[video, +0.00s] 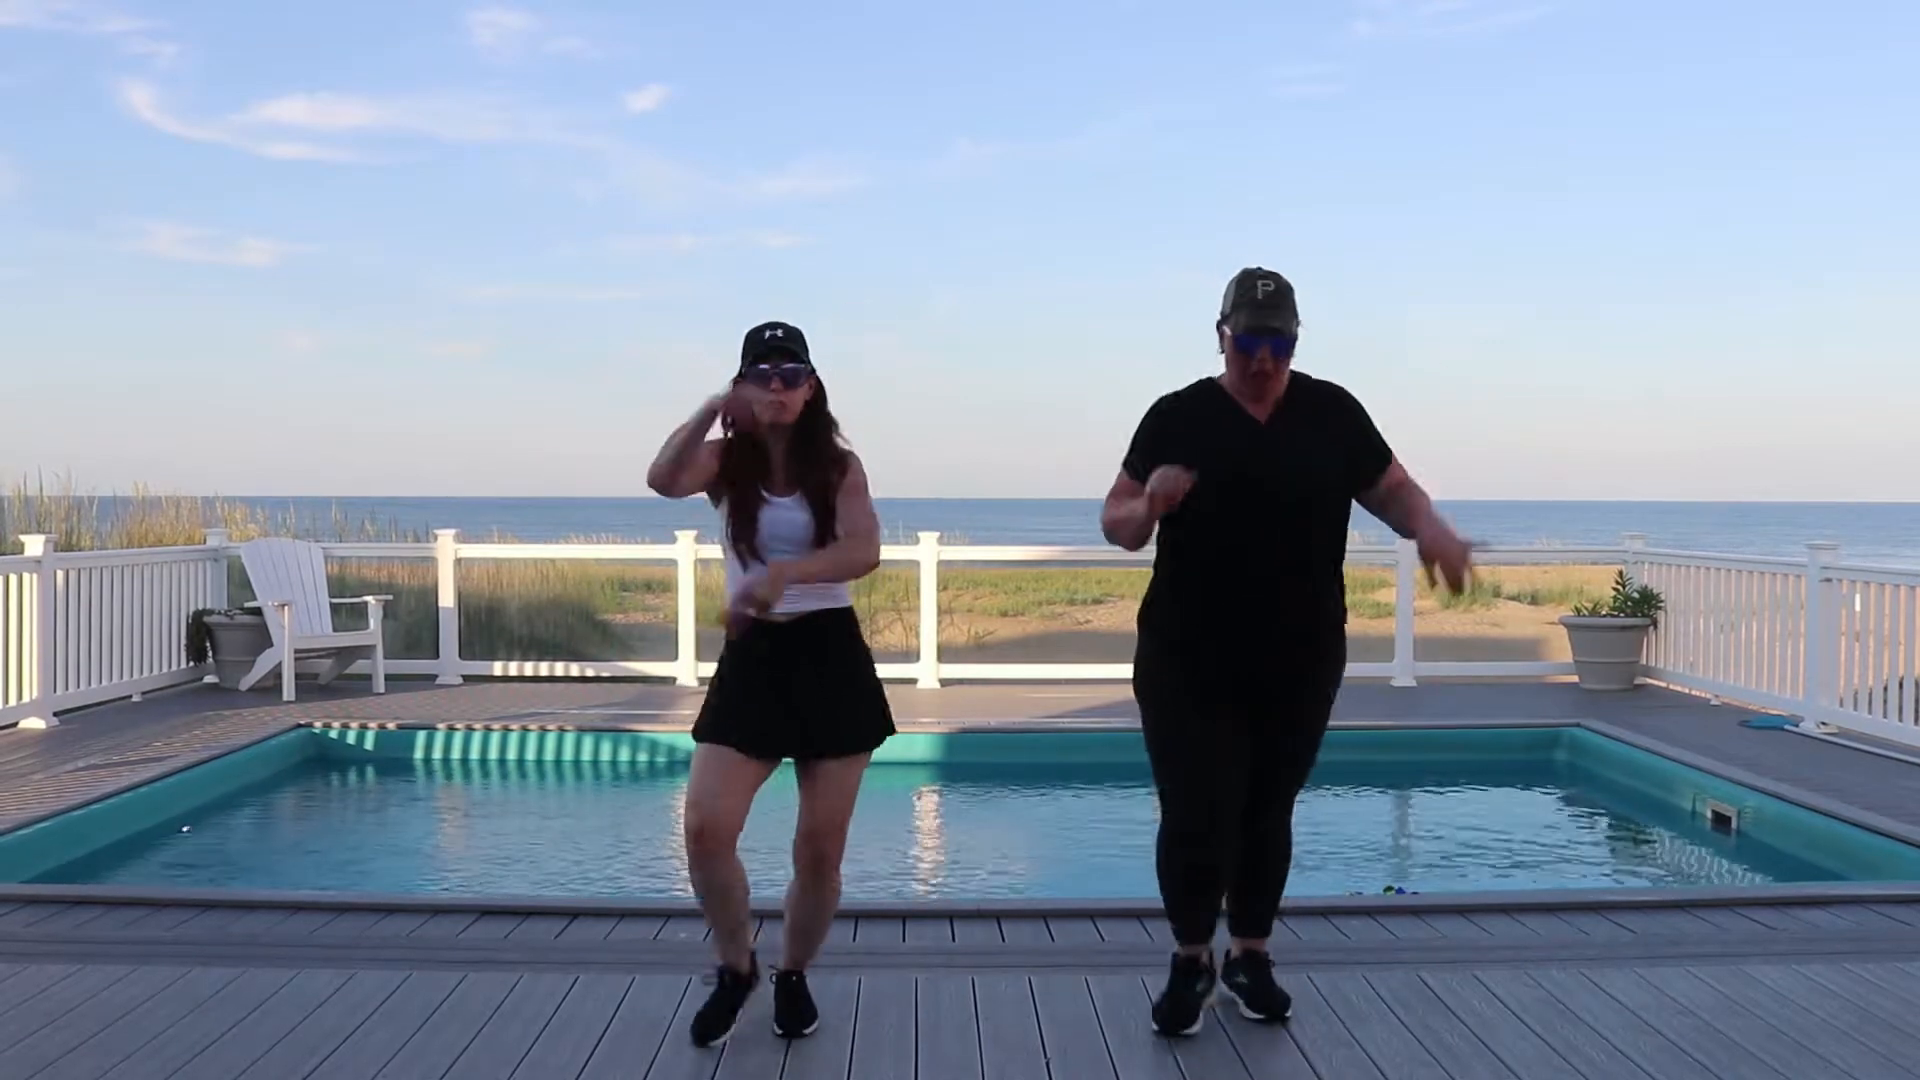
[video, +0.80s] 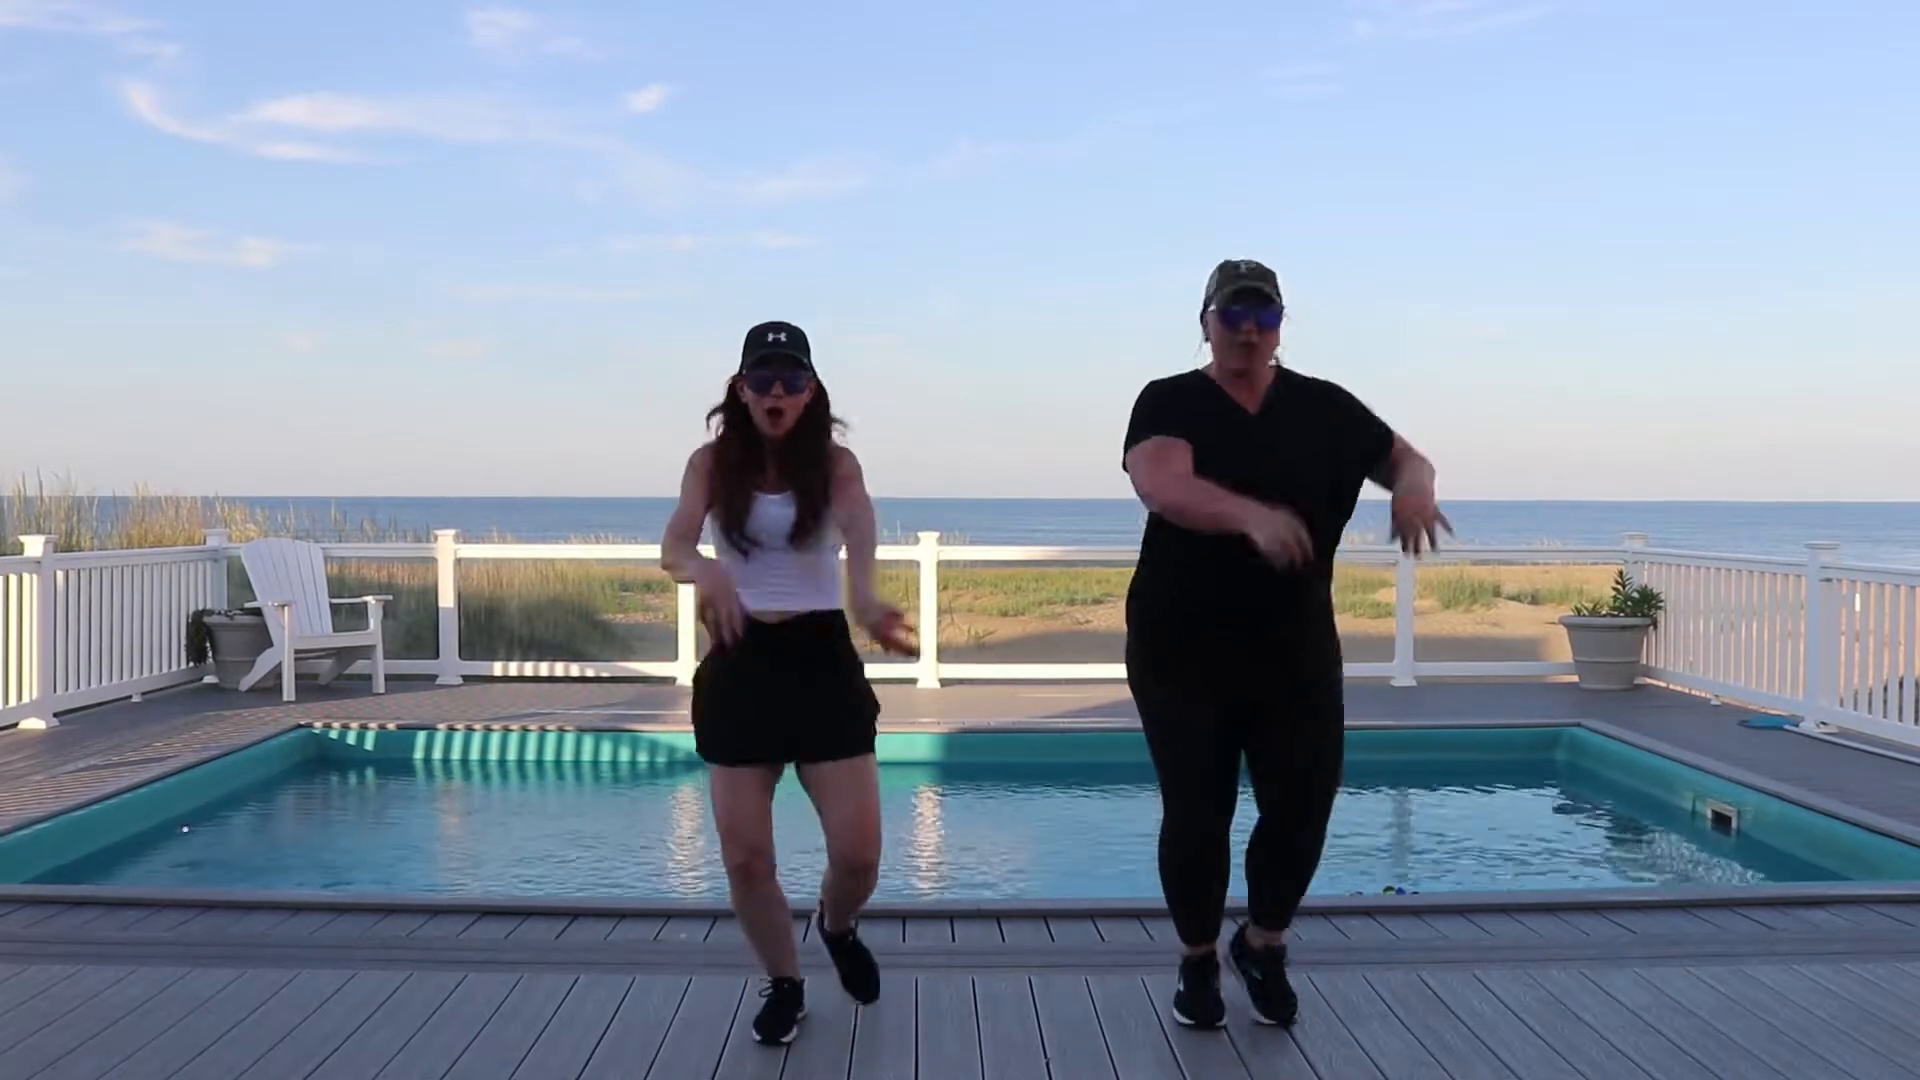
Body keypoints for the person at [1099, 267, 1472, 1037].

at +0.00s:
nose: (1264, 359)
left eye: (1278, 344)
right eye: (1249, 343)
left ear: (1296, 338)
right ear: (1223, 335)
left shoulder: (1333, 413)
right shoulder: (1176, 417)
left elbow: (1392, 490)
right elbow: (1120, 528)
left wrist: (1431, 527)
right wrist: (1148, 505)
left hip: (1298, 656)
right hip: (1189, 654)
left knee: (1268, 808)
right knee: (1194, 808)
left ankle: (1250, 956)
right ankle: (1192, 958)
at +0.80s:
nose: (1249, 323)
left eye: (1263, 312)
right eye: (1233, 311)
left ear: (1281, 325)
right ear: (1207, 323)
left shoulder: (1326, 407)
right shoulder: (1169, 401)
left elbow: (1409, 464)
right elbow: (1164, 488)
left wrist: (1415, 490)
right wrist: (1251, 516)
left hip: (1295, 651)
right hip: (1184, 651)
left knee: (1302, 808)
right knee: (1198, 813)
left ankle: (1263, 944)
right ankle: (1199, 958)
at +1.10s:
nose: (1266, 309)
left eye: (1280, 298)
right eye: (1252, 299)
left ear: (1300, 313)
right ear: (1228, 315)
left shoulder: (1336, 400)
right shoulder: (1188, 393)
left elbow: (1367, 489)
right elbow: (1165, 492)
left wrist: (1361, 377)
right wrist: (1287, 500)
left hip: (1308, 639)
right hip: (1195, 640)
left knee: (1310, 810)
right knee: (1198, 809)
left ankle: (1300, 977)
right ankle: (1199, 958)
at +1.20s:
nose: (1275, 318)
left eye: (1289, 308)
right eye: (1260, 308)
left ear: (1308, 323)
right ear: (1236, 325)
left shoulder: (1348, 414)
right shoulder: (1196, 401)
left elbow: (1368, 505)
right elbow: (1167, 497)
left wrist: (1366, 395)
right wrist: (1288, 506)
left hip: (1318, 659)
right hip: (1204, 656)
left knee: (1308, 823)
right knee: (1188, 821)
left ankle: (1301, 980)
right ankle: (1209, 945)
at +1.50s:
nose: (1282, 312)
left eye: (1296, 303)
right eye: (1267, 302)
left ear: (1312, 318)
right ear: (1239, 317)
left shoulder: (1349, 401)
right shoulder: (1203, 392)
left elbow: (1385, 493)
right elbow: (1167, 491)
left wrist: (1372, 381)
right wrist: (1288, 511)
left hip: (1323, 640)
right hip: (1211, 641)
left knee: (1324, 804)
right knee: (1217, 803)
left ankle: (1307, 963)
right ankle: (1218, 946)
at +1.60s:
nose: (1283, 315)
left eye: (1296, 305)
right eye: (1268, 305)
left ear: (1313, 317)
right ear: (1240, 318)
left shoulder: (1355, 390)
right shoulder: (1206, 390)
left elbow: (1404, 479)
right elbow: (1166, 474)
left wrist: (1367, 434)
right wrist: (1264, 533)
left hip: (1326, 637)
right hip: (1216, 639)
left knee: (1313, 804)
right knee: (1217, 800)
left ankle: (1289, 953)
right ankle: (1218, 945)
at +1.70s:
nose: (1287, 326)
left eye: (1299, 315)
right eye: (1271, 315)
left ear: (1315, 329)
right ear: (1241, 328)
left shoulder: (1356, 406)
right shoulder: (1206, 402)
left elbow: (1411, 478)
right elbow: (1174, 465)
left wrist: (1349, 507)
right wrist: (1221, 493)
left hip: (1331, 656)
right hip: (1221, 655)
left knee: (1305, 813)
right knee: (1222, 814)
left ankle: (1284, 964)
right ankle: (1219, 970)